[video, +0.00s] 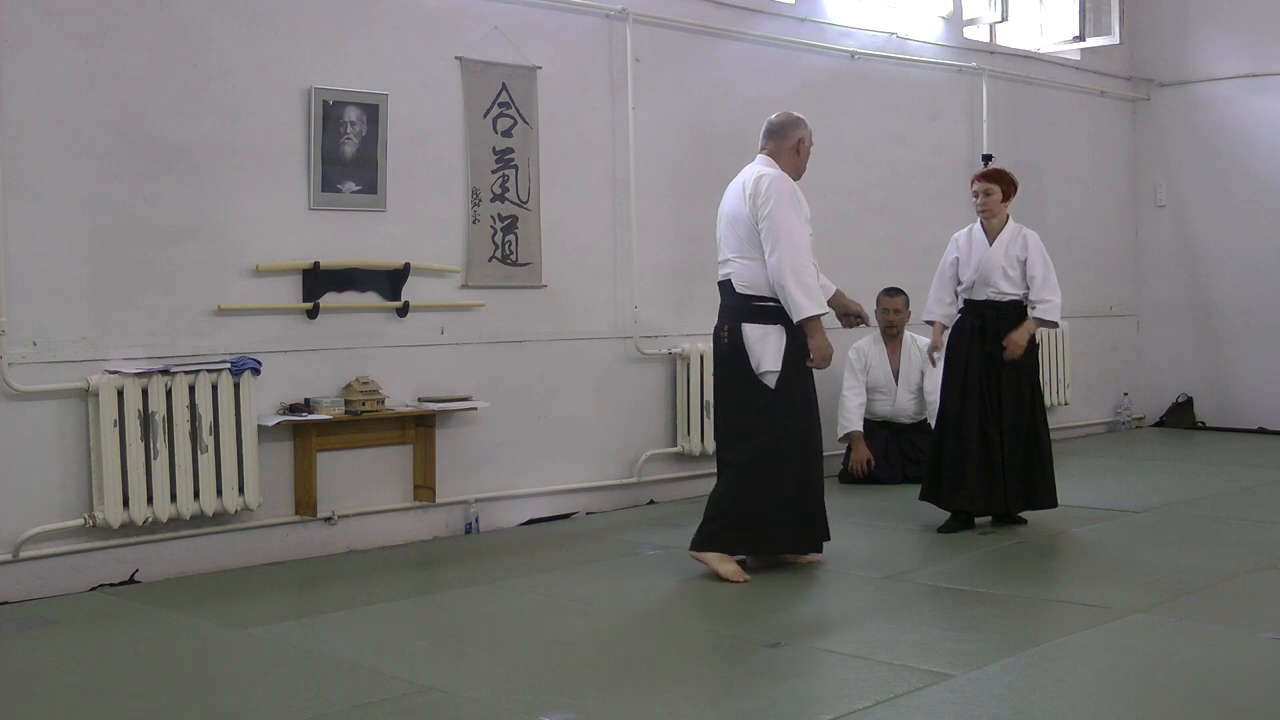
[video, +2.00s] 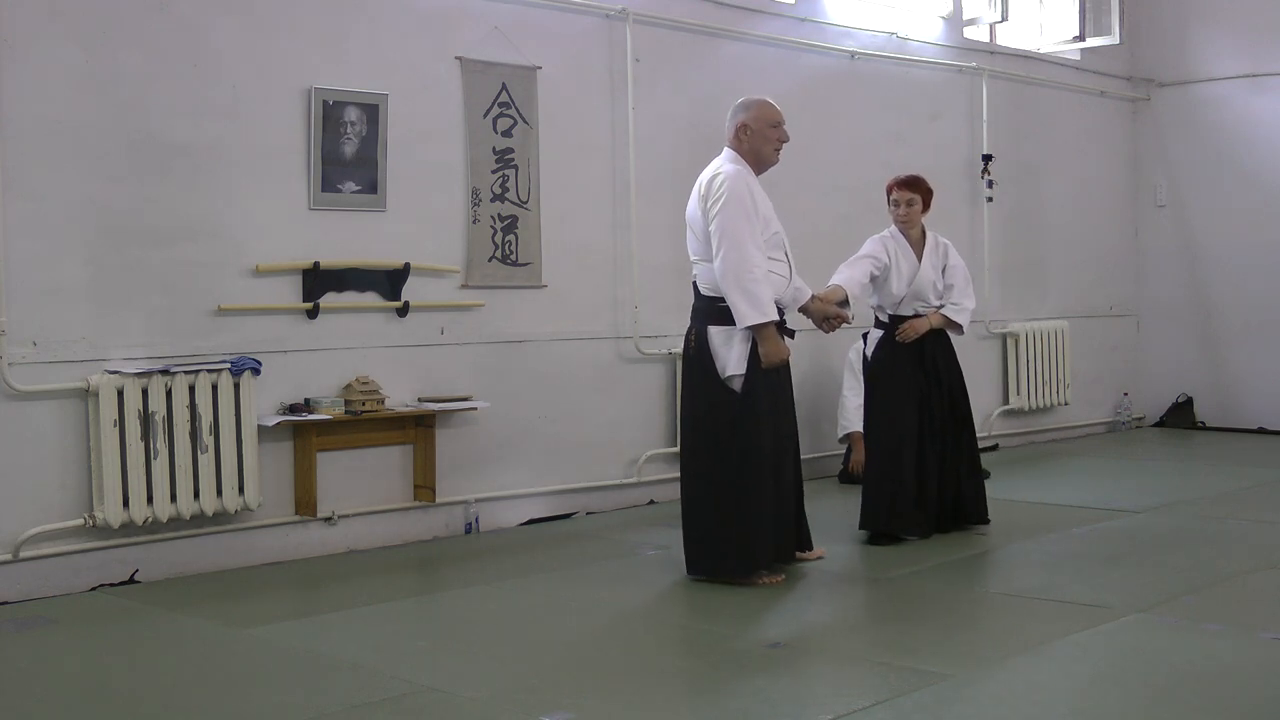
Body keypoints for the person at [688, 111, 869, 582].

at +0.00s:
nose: (809, 160)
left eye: (809, 151)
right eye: (809, 151)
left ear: (767, 143)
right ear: (798, 146)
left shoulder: (749, 180)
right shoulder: (776, 184)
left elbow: (789, 259)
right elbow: (790, 261)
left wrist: (837, 299)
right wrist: (814, 329)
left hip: (748, 318)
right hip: (763, 320)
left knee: (782, 431)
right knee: (771, 433)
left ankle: (776, 541)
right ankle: (713, 540)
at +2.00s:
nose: (784, 136)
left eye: (784, 128)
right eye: (775, 128)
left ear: (744, 133)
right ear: (743, 132)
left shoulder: (745, 182)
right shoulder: (730, 181)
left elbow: (769, 261)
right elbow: (738, 261)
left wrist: (809, 302)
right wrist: (765, 329)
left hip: (754, 327)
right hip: (730, 331)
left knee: (773, 440)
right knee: (735, 447)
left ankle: (782, 539)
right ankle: (732, 560)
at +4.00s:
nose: (776, 138)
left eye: (773, 129)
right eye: (768, 129)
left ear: (736, 133)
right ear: (738, 134)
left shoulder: (727, 180)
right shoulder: (721, 183)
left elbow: (750, 263)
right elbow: (732, 268)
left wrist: (793, 301)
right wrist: (782, 311)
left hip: (747, 326)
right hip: (725, 330)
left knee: (766, 438)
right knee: (733, 447)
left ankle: (776, 541)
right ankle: (734, 561)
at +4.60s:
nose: (780, 138)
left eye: (778, 130)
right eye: (772, 130)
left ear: (738, 136)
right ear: (742, 136)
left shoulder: (716, 179)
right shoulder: (731, 185)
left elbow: (743, 267)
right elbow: (753, 257)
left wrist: (790, 309)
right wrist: (802, 243)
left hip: (735, 322)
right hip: (735, 328)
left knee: (759, 439)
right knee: (738, 444)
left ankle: (768, 546)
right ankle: (736, 560)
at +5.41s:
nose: (781, 140)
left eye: (779, 132)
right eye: (773, 131)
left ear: (740, 135)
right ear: (743, 135)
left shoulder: (728, 179)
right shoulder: (725, 182)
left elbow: (747, 265)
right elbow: (741, 263)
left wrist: (790, 309)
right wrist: (804, 248)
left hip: (749, 325)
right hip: (728, 328)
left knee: (766, 438)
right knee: (732, 444)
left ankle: (775, 540)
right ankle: (731, 560)